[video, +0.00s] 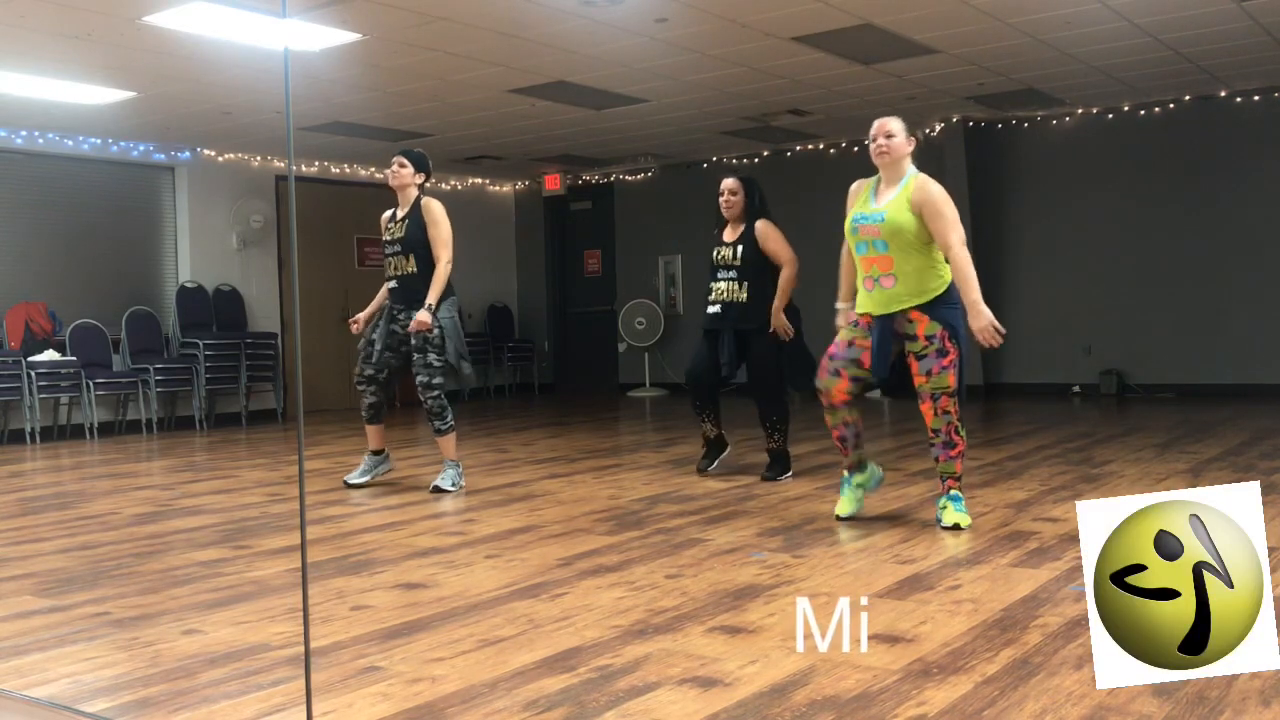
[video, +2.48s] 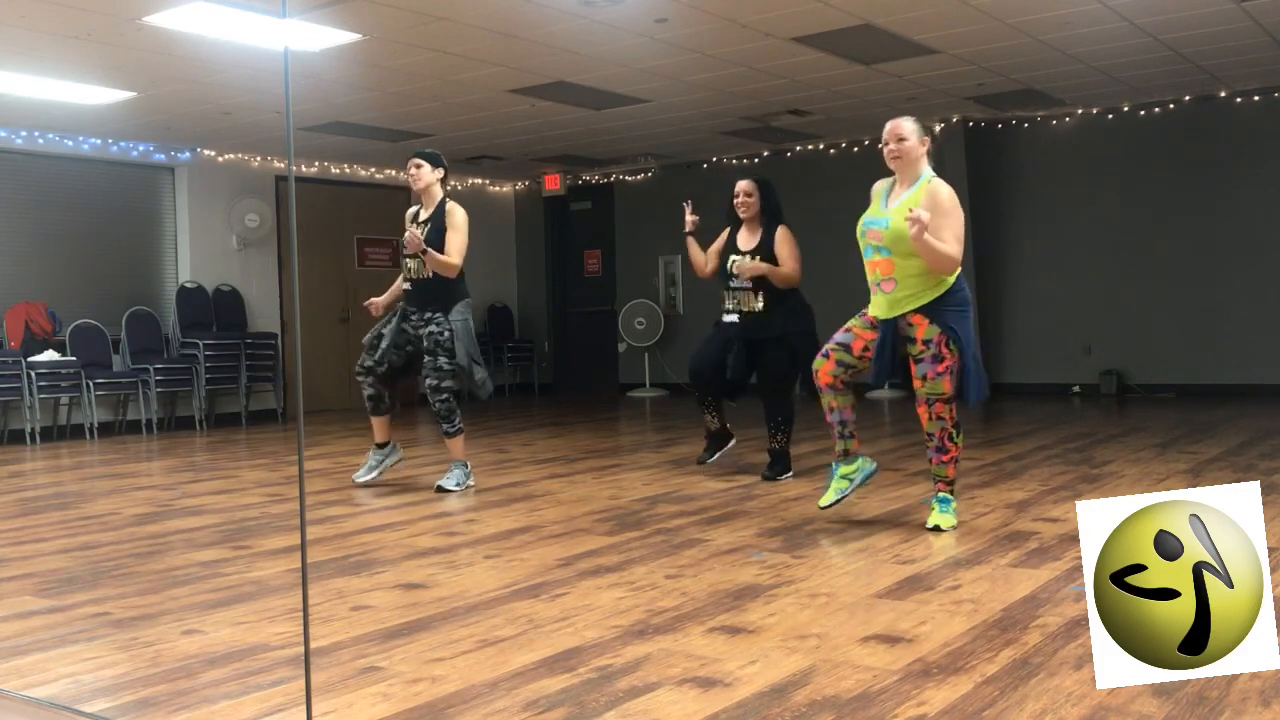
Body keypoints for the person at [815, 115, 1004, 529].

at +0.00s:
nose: (879, 142)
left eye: (889, 135)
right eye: (874, 138)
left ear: (911, 144)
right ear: (869, 151)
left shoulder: (926, 191)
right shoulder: (858, 192)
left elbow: (956, 248)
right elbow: (850, 250)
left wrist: (975, 305)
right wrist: (844, 305)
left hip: (928, 310)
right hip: (873, 312)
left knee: (939, 402)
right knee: (832, 380)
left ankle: (951, 494)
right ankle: (858, 471)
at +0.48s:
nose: (849, 153)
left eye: (857, 145)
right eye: (842, 149)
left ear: (877, 152)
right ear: (836, 162)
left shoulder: (912, 192)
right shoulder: (827, 212)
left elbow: (946, 247)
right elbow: (813, 274)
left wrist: (967, 299)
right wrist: (784, 284)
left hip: (913, 316)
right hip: (850, 325)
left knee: (948, 373)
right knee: (852, 409)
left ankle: (945, 476)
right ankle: (869, 491)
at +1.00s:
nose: (843, 149)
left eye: (852, 142)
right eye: (836, 146)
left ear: (870, 151)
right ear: (829, 161)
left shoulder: (903, 187)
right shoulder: (822, 210)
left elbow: (944, 236)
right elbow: (802, 269)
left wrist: (970, 288)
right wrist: (773, 261)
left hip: (907, 313)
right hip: (846, 322)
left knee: (944, 374)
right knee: (846, 405)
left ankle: (936, 478)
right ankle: (867, 489)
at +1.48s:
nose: (888, 141)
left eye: (898, 135)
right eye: (882, 137)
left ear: (920, 146)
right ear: (877, 150)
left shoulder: (935, 193)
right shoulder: (864, 192)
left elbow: (945, 251)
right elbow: (874, 253)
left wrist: (930, 301)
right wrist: (876, 303)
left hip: (933, 314)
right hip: (878, 314)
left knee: (942, 406)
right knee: (824, 371)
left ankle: (951, 494)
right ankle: (858, 456)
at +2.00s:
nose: (864, 149)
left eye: (871, 142)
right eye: (855, 145)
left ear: (887, 148)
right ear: (846, 155)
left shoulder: (915, 189)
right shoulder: (832, 203)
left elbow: (957, 243)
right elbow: (797, 255)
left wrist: (977, 299)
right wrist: (757, 277)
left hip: (913, 312)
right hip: (852, 319)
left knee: (942, 381)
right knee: (845, 402)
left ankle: (948, 479)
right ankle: (860, 492)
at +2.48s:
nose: (889, 148)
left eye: (899, 140)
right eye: (885, 143)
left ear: (925, 145)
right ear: (882, 150)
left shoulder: (940, 194)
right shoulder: (881, 189)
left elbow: (950, 264)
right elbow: (886, 248)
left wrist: (920, 239)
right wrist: (882, 298)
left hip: (932, 311)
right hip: (885, 308)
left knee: (935, 405)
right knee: (828, 368)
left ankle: (944, 497)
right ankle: (849, 461)